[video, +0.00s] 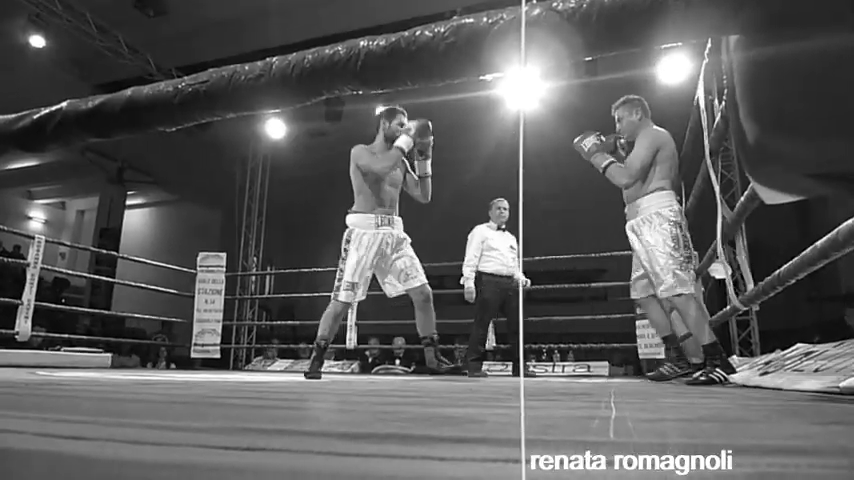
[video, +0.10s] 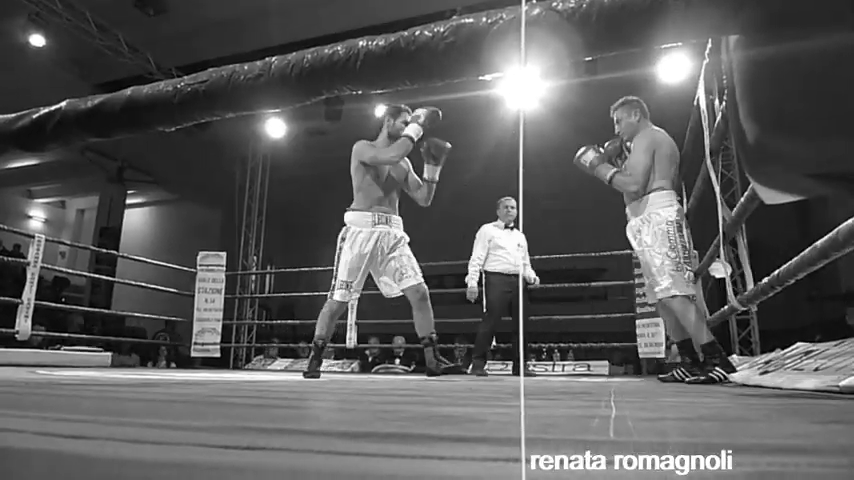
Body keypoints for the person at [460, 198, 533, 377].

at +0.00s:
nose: (502, 212)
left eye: (505, 210)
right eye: (499, 209)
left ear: (509, 214)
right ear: (490, 212)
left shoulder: (511, 238)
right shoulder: (480, 231)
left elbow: (513, 265)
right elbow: (471, 258)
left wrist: (521, 278)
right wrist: (468, 282)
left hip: (510, 281)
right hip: (489, 279)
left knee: (515, 325)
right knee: (482, 323)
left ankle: (519, 364)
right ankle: (474, 365)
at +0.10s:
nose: (510, 211)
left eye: (513, 208)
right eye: (506, 208)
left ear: (517, 212)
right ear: (498, 211)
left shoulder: (520, 236)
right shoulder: (487, 230)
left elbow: (525, 263)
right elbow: (476, 259)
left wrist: (531, 276)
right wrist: (472, 283)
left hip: (517, 279)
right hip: (495, 278)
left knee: (520, 322)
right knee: (492, 319)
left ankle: (519, 364)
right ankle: (478, 364)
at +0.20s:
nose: (513, 210)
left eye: (516, 207)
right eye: (510, 207)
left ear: (520, 211)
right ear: (501, 210)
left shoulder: (524, 235)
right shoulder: (490, 229)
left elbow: (530, 261)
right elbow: (480, 259)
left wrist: (536, 273)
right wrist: (476, 283)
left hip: (520, 277)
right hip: (498, 275)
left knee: (522, 319)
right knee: (498, 313)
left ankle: (520, 363)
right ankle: (485, 361)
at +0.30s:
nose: (515, 208)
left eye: (518, 205)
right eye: (511, 206)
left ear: (522, 209)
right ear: (504, 209)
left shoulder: (527, 234)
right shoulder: (492, 228)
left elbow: (535, 259)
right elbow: (482, 258)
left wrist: (540, 271)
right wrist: (480, 282)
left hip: (523, 276)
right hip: (500, 275)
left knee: (523, 319)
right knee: (500, 317)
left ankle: (521, 362)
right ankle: (497, 360)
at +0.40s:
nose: (515, 207)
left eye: (518, 204)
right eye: (512, 204)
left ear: (522, 207)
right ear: (504, 207)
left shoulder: (529, 232)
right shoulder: (492, 227)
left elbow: (537, 257)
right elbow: (483, 256)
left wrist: (543, 269)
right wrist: (482, 280)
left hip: (525, 274)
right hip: (501, 273)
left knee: (525, 317)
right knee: (503, 316)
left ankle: (523, 359)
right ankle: (502, 360)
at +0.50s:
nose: (516, 206)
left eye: (518, 203)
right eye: (512, 203)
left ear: (522, 206)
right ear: (504, 206)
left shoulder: (529, 230)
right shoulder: (492, 227)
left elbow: (537, 256)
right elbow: (483, 256)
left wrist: (543, 268)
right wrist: (482, 279)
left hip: (526, 272)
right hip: (501, 271)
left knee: (529, 315)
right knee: (502, 314)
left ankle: (527, 359)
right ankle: (502, 359)